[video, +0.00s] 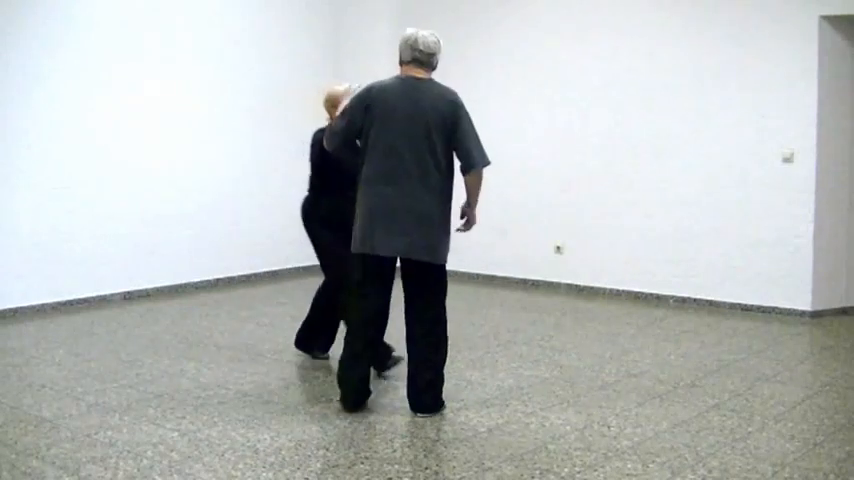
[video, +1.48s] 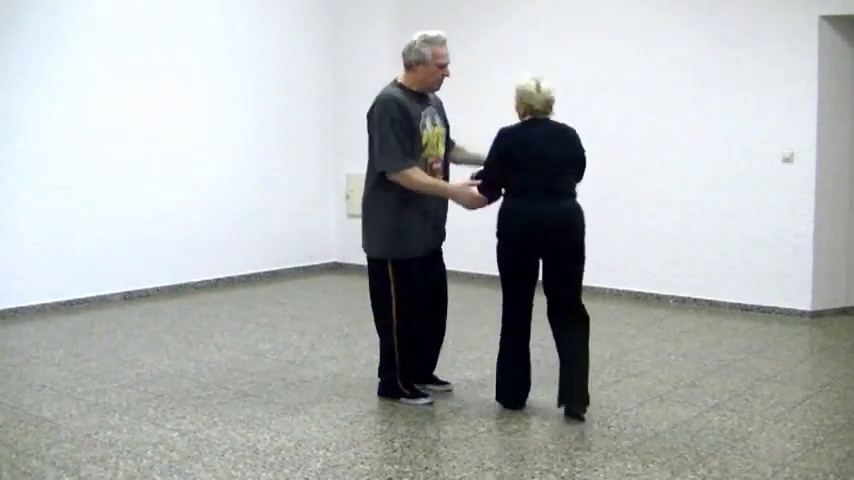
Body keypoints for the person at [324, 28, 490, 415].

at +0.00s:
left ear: (400, 59)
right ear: (434, 63)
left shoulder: (373, 94)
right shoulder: (449, 101)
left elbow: (334, 140)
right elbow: (474, 164)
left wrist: (368, 162)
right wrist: (471, 205)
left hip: (374, 224)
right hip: (427, 226)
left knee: (366, 309)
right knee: (427, 313)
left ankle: (353, 394)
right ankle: (426, 399)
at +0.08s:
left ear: (395, 60)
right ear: (430, 65)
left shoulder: (367, 96)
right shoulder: (441, 102)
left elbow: (328, 137)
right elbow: (465, 166)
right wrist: (464, 206)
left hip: (369, 227)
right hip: (421, 230)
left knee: (362, 312)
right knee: (424, 316)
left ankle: (349, 397)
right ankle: (425, 399)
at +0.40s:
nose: (420, 69)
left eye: (418, 63)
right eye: (419, 64)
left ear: (381, 60)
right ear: (414, 65)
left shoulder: (348, 94)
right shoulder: (412, 102)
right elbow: (425, 172)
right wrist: (435, 202)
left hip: (345, 226)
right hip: (396, 229)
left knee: (347, 316)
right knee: (405, 309)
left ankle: (350, 397)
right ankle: (405, 385)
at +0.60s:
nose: (421, 74)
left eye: (422, 68)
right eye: (420, 68)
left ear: (382, 65)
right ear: (413, 70)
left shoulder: (358, 94)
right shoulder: (407, 107)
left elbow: (386, 87)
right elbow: (412, 175)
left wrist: (419, 74)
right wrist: (438, 192)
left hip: (346, 224)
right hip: (388, 227)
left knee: (348, 315)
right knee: (394, 311)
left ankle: (349, 396)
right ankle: (391, 386)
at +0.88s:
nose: (435, 73)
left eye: (434, 67)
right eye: (432, 67)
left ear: (399, 67)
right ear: (414, 69)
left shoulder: (378, 89)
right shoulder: (402, 105)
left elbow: (431, 83)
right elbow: (415, 175)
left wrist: (469, 64)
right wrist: (460, 184)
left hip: (367, 213)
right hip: (392, 220)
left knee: (381, 292)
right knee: (406, 299)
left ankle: (349, 358)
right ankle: (390, 385)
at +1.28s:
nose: (440, 76)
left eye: (441, 68)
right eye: (436, 69)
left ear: (420, 67)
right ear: (411, 69)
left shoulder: (420, 100)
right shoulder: (387, 107)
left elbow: (454, 120)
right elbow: (417, 171)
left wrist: (501, 108)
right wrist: (476, 180)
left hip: (415, 227)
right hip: (388, 232)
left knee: (433, 284)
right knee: (399, 308)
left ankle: (388, 344)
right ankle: (395, 384)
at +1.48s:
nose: (447, 72)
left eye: (447, 65)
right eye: (441, 65)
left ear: (424, 67)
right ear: (416, 66)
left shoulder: (432, 102)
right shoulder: (388, 105)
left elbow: (445, 152)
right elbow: (398, 171)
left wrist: (488, 161)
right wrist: (452, 191)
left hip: (425, 230)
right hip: (392, 234)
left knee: (431, 304)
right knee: (397, 311)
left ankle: (420, 371)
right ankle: (394, 383)